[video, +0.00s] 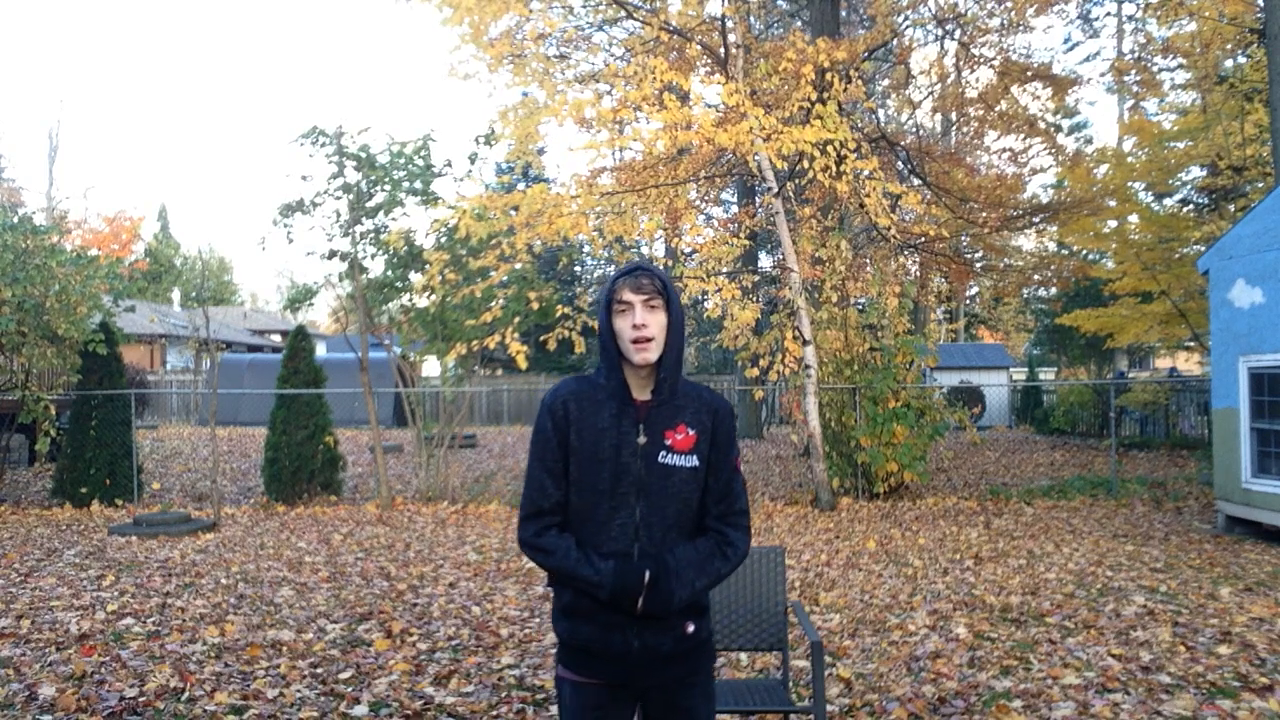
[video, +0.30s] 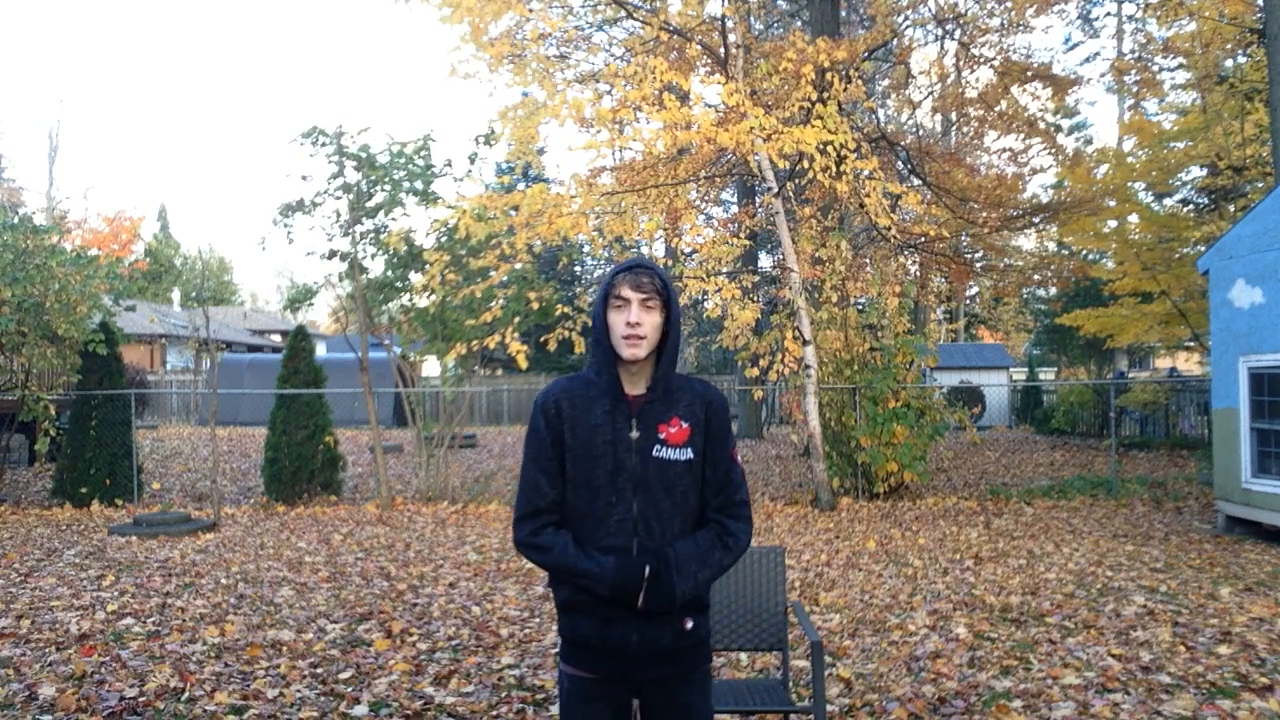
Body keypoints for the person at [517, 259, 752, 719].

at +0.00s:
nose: (639, 322)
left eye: (652, 307)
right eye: (623, 309)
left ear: (672, 319)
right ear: (608, 323)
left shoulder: (709, 411)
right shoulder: (566, 405)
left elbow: (732, 531)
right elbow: (536, 528)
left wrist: (667, 579)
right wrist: (611, 578)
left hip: (681, 651)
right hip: (590, 651)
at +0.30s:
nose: (633, 319)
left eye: (647, 306)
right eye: (619, 305)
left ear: (666, 319)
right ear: (602, 317)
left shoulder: (703, 404)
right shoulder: (560, 404)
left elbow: (733, 523)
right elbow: (532, 528)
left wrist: (668, 573)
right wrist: (614, 575)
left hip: (679, 646)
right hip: (591, 647)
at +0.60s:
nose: (616, 323)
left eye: (630, 310)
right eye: (602, 309)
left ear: (648, 324)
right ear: (584, 321)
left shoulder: (685, 409)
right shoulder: (542, 410)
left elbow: (725, 526)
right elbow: (510, 532)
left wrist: (652, 572)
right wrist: (589, 577)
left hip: (662, 651)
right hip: (573, 653)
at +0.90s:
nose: (622, 316)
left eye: (636, 303)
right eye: (608, 303)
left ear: (653, 317)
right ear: (589, 315)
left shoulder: (689, 403)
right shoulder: (546, 405)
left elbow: (722, 519)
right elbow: (523, 526)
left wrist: (655, 571)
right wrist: (596, 581)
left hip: (670, 644)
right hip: (583, 648)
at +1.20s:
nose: (638, 321)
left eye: (652, 308)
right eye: (623, 308)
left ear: (668, 322)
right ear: (604, 321)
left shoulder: (705, 410)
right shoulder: (563, 409)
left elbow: (740, 525)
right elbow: (539, 531)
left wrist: (667, 576)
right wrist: (611, 583)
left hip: (685, 652)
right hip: (594, 653)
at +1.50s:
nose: (620, 313)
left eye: (634, 300)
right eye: (606, 300)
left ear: (652, 317)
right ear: (586, 315)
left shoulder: (690, 391)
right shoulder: (547, 392)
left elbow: (783, 468)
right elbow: (481, 486)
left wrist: (756, 555)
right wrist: (521, 572)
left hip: (673, 638)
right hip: (582, 641)